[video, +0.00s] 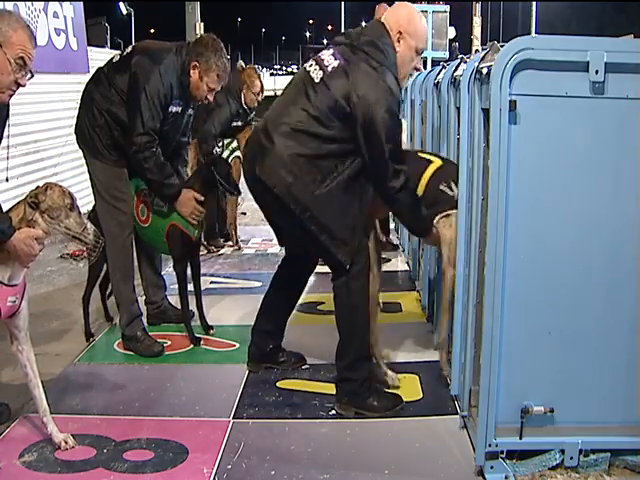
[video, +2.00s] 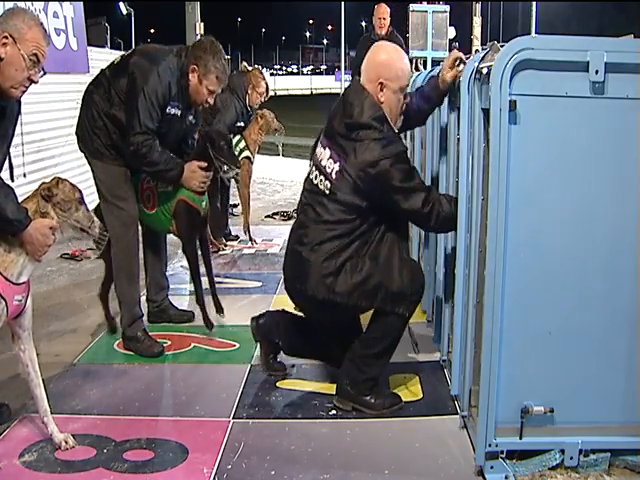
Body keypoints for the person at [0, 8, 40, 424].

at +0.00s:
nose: (24, 80)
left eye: (29, 71)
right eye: (20, 65)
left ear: (24, 71)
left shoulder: (5, 109)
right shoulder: (0, 110)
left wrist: (10, 230)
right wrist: (9, 234)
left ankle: (0, 405)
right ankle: (0, 407)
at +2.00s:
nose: (36, 77)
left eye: (41, 69)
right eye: (33, 61)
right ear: (4, 44)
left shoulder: (11, 104)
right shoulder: (4, 104)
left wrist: (22, 220)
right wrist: (21, 226)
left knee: (5, 313)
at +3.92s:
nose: (80, 51)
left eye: (85, 41)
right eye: (75, 37)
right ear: (45, 21)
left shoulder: (50, 60)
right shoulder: (10, 49)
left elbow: (50, 142)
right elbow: (33, 141)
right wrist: (99, 207)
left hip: (20, 211)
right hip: (4, 214)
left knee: (19, 328)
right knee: (5, 338)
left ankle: (16, 434)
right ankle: (7, 449)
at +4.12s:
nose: (107, 51)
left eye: (112, 41)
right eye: (102, 38)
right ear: (71, 18)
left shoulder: (78, 57)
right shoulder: (25, 48)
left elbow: (74, 148)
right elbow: (64, 149)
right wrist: (133, 219)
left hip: (35, 214)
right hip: (3, 216)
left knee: (52, 308)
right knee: (9, 330)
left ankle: (55, 386)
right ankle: (9, 452)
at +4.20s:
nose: (122, 52)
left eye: (127, 43)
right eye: (118, 39)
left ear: (94, 18)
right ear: (86, 18)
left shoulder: (94, 58)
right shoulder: (36, 48)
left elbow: (91, 146)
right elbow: (78, 152)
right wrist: (150, 219)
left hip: (59, 204)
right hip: (9, 209)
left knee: (97, 290)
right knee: (14, 322)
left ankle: (108, 393)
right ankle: (9, 454)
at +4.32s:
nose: (150, 54)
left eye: (156, 45)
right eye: (148, 41)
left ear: (123, 21)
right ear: (117, 19)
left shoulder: (112, 54)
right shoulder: (65, 51)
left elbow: (110, 147)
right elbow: (107, 155)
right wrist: (173, 223)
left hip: (70, 202)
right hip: (17, 207)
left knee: (127, 289)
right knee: (27, 325)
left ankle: (153, 391)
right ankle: (7, 455)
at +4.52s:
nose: (210, 58)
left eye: (216, 49)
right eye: (210, 44)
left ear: (187, 21)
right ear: (183, 19)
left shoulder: (169, 53)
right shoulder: (126, 41)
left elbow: (174, 140)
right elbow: (162, 140)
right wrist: (222, 219)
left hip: (128, 191)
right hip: (68, 191)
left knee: (158, 298)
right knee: (65, 310)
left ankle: (174, 409)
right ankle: (12, 443)